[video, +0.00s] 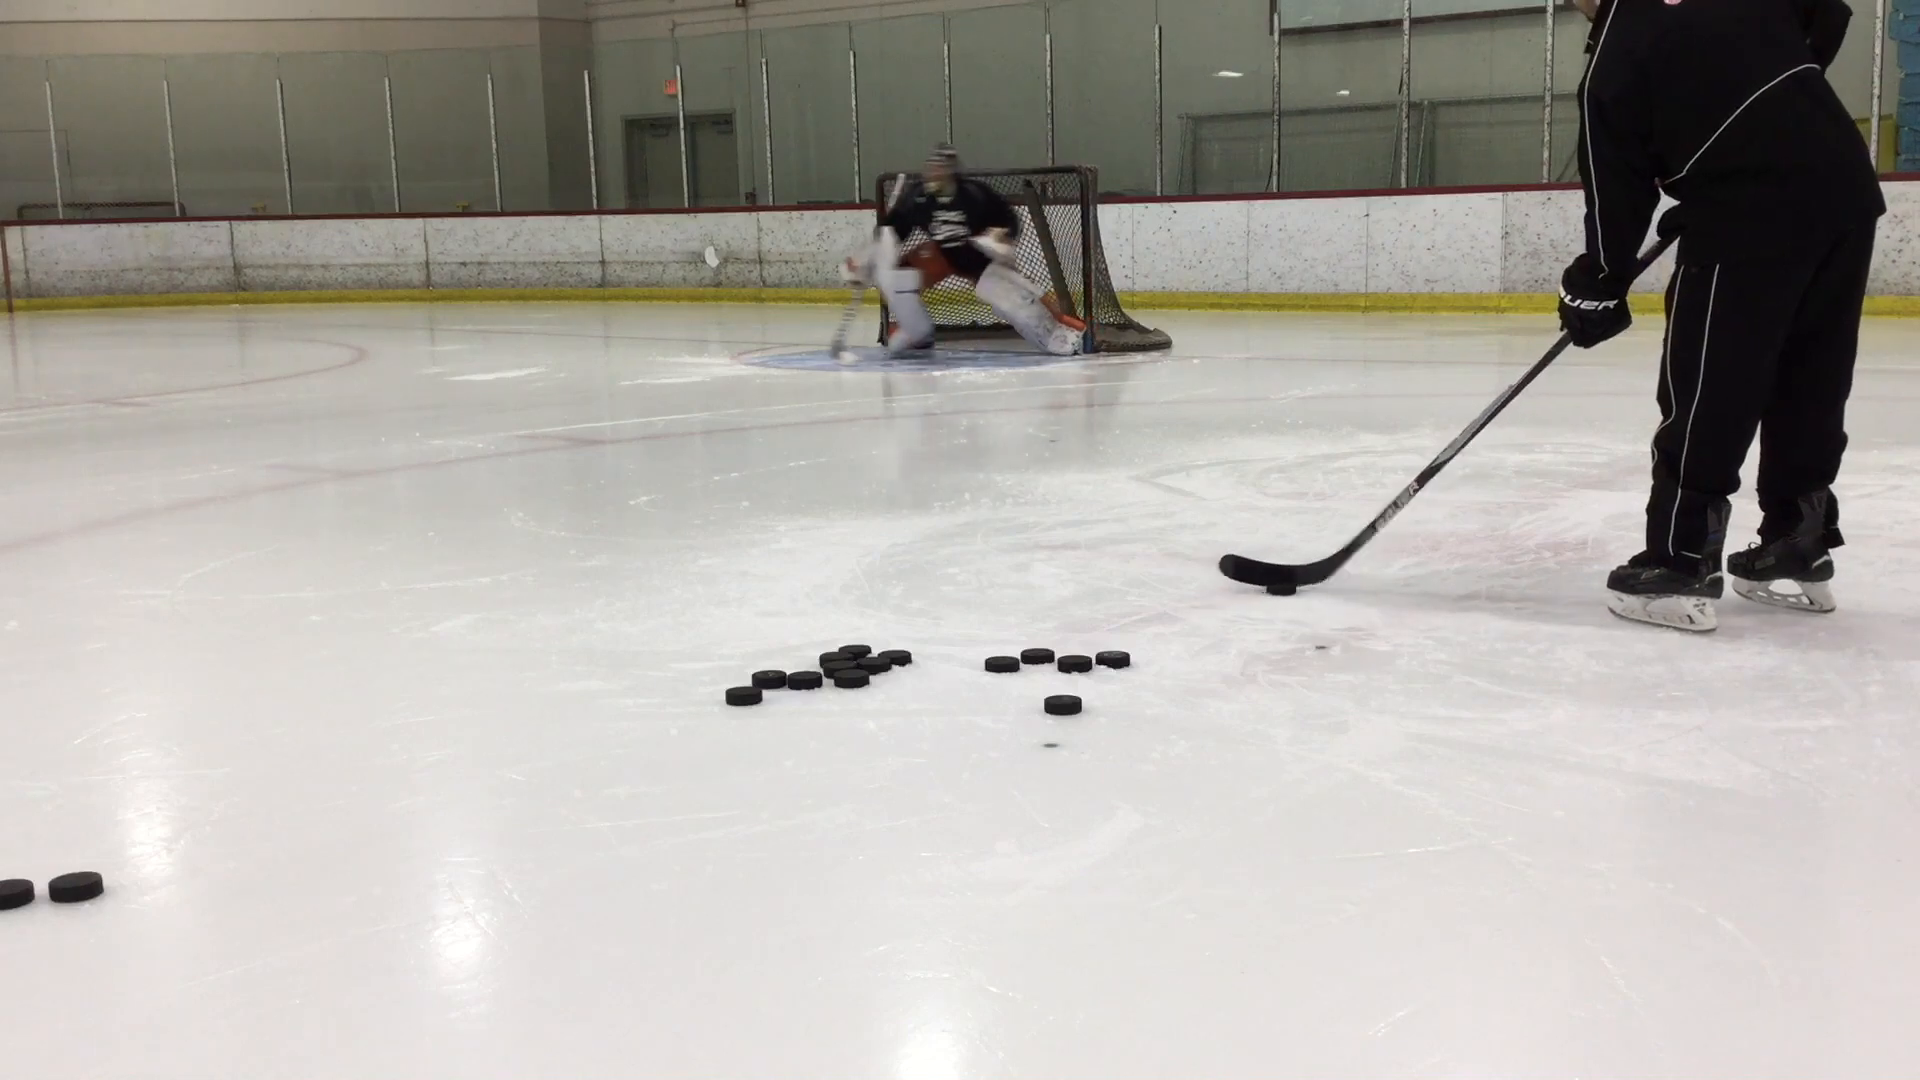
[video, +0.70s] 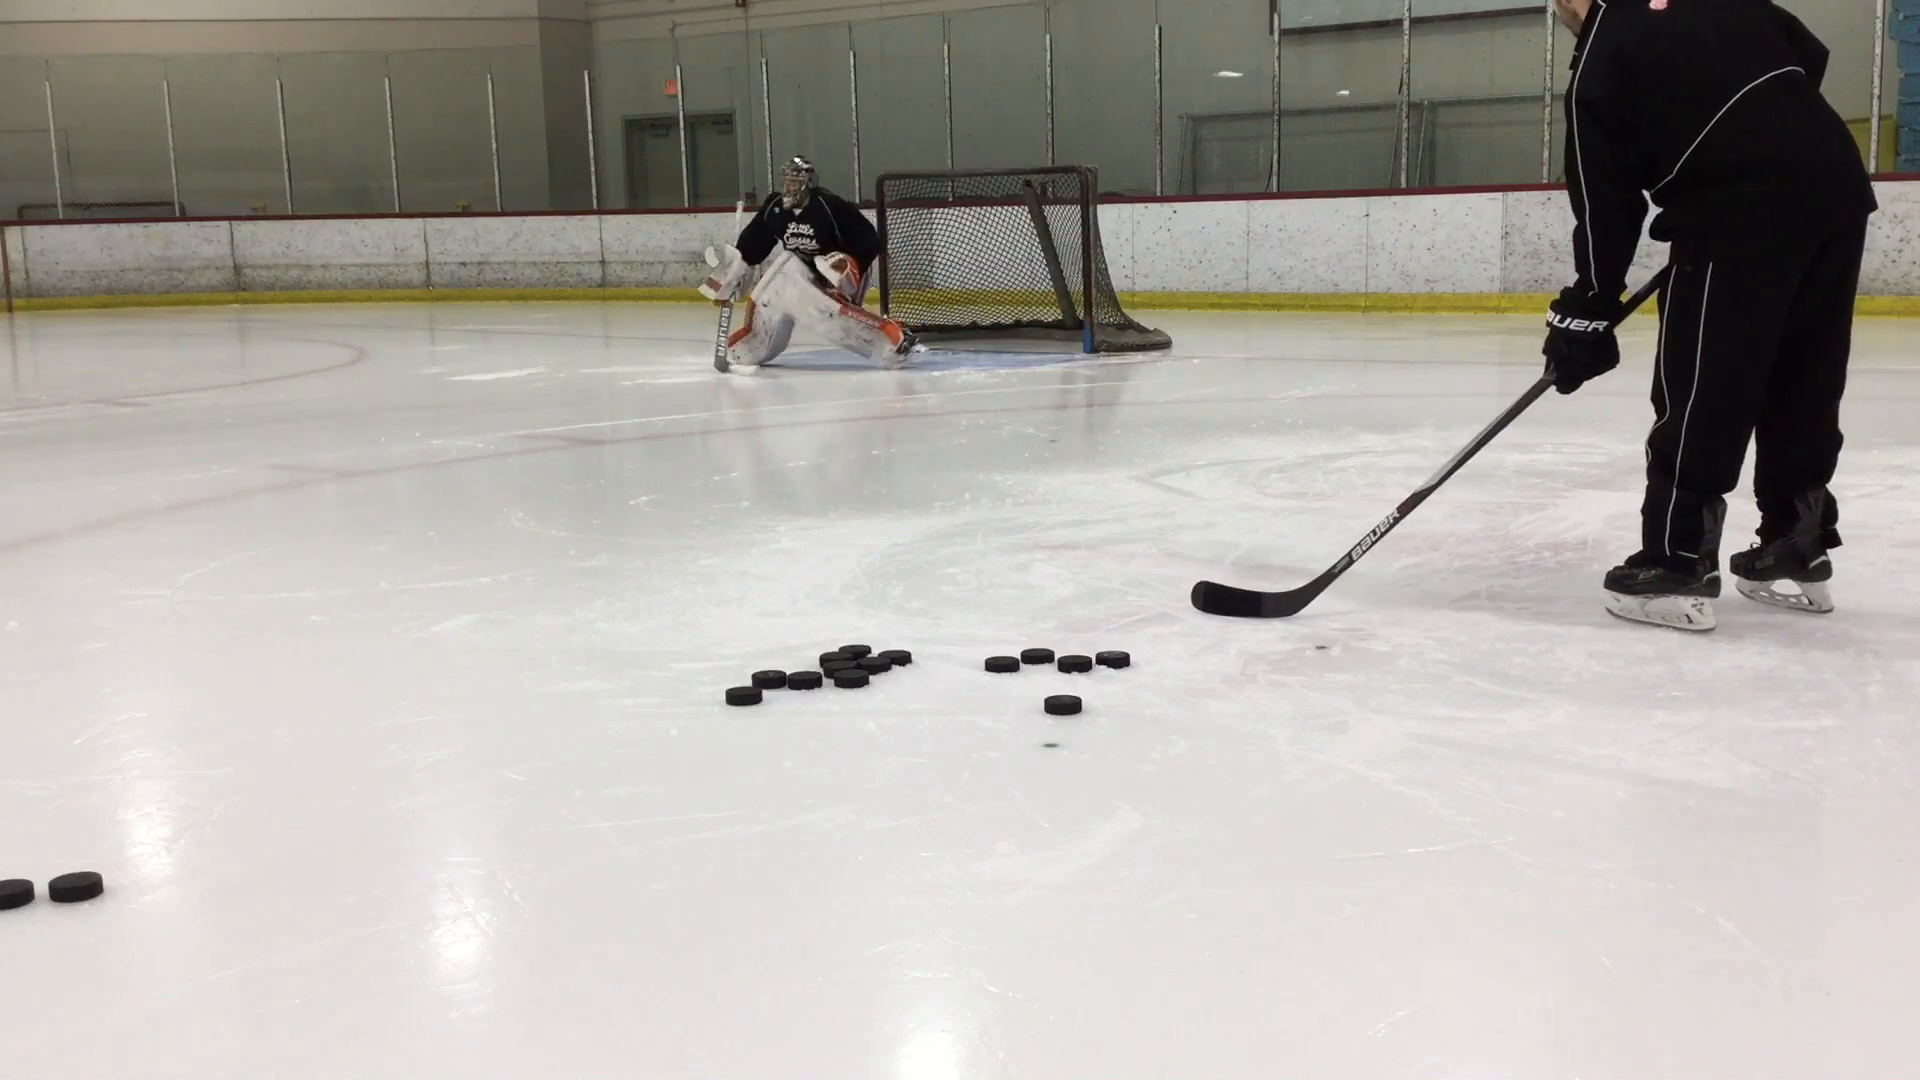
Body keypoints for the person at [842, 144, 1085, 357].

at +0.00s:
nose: (931, 175)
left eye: (938, 170)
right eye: (929, 169)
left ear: (951, 171)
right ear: (925, 171)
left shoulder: (974, 192)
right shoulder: (915, 198)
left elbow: (1009, 220)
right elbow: (890, 232)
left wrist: (997, 240)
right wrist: (866, 261)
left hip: (976, 258)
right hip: (938, 258)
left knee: (1017, 301)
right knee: (895, 281)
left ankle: (1058, 340)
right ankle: (918, 337)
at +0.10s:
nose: (892, 173)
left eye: (898, 167)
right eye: (889, 167)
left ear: (911, 170)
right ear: (883, 171)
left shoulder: (930, 194)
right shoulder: (878, 199)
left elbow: (964, 220)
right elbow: (854, 230)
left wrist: (956, 242)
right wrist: (833, 257)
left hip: (941, 258)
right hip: (902, 258)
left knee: (978, 302)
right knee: (855, 276)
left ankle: (1053, 337)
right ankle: (884, 331)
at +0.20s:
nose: (857, 172)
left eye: (863, 167)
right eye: (854, 166)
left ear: (876, 170)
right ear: (850, 168)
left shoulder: (897, 194)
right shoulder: (843, 196)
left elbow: (931, 224)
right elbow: (820, 229)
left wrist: (915, 244)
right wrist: (806, 257)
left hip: (915, 260)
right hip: (874, 261)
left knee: (931, 309)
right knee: (833, 278)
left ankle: (1003, 328)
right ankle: (840, 334)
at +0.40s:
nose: (811, 171)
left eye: (818, 166)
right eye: (809, 166)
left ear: (833, 168)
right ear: (807, 168)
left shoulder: (856, 191)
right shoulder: (800, 195)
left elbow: (891, 224)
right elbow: (779, 232)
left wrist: (874, 249)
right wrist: (758, 271)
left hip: (850, 264)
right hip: (817, 265)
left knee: (870, 310)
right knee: (797, 308)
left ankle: (919, 348)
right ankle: (765, 352)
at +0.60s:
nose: (795, 183)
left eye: (802, 179)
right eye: (793, 177)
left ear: (815, 181)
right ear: (788, 178)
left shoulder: (836, 203)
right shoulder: (779, 204)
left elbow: (874, 235)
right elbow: (755, 243)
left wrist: (852, 257)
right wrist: (732, 278)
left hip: (825, 269)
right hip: (788, 267)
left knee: (831, 312)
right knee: (769, 308)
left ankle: (887, 343)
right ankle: (741, 353)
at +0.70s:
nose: (790, 189)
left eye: (796, 184)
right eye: (787, 184)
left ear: (809, 185)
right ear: (782, 184)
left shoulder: (830, 205)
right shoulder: (775, 207)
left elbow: (871, 240)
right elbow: (751, 244)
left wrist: (850, 265)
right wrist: (728, 274)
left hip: (833, 282)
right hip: (790, 280)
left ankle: (889, 343)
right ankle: (751, 349)